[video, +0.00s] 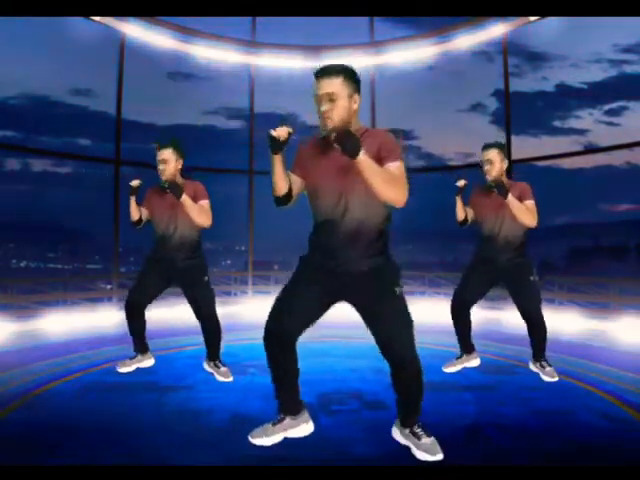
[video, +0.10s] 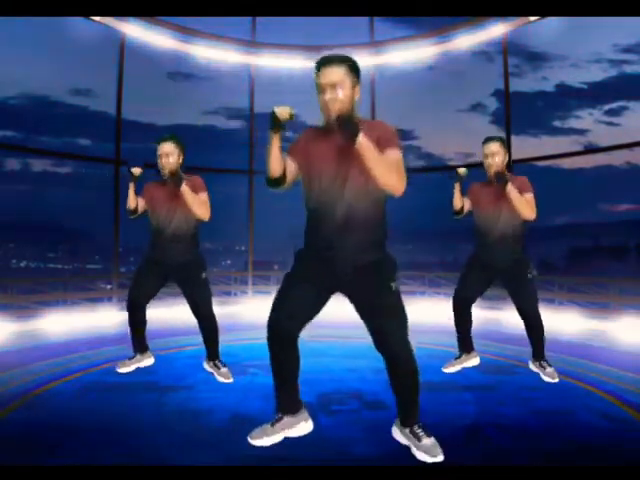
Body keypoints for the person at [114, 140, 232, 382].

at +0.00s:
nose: (160, 167)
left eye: (164, 162)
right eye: (158, 163)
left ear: (179, 163)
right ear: (156, 165)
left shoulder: (195, 188)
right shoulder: (154, 193)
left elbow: (205, 220)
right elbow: (137, 219)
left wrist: (180, 194)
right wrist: (133, 196)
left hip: (191, 263)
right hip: (161, 263)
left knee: (208, 315)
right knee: (134, 304)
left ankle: (213, 360)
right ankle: (142, 354)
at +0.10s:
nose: (165, 160)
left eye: (170, 155)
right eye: (162, 155)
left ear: (181, 157)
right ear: (157, 160)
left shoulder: (194, 183)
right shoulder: (152, 188)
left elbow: (205, 213)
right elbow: (133, 209)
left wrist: (181, 185)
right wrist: (133, 181)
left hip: (188, 259)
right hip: (157, 259)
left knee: (205, 312)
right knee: (135, 302)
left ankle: (213, 360)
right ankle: (142, 353)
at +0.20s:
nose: (166, 145)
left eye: (170, 140)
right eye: (161, 140)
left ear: (181, 142)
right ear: (157, 144)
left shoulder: (194, 168)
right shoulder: (152, 173)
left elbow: (206, 194)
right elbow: (131, 193)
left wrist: (184, 169)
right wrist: (130, 167)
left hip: (185, 247)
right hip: (156, 247)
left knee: (201, 301)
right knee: (140, 295)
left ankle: (214, 353)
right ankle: (136, 345)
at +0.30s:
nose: (166, 141)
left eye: (170, 136)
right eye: (162, 137)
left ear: (181, 138)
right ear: (158, 141)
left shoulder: (194, 163)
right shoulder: (152, 170)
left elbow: (208, 188)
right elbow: (131, 191)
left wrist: (184, 165)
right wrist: (129, 166)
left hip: (186, 244)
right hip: (157, 243)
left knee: (201, 299)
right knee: (139, 294)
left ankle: (214, 351)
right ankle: (134, 341)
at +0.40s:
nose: (166, 152)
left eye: (170, 147)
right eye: (162, 148)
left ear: (181, 149)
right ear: (158, 151)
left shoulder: (194, 174)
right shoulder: (151, 179)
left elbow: (207, 199)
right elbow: (130, 201)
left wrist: (184, 175)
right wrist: (128, 176)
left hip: (187, 253)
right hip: (156, 252)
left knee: (202, 306)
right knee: (138, 300)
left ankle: (213, 358)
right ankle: (134, 347)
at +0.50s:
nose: (166, 164)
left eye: (171, 159)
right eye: (162, 159)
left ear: (181, 161)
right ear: (158, 163)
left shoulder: (194, 187)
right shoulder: (152, 192)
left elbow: (205, 217)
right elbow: (134, 215)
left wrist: (182, 191)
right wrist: (130, 194)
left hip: (187, 264)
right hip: (156, 264)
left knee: (204, 315)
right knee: (133, 304)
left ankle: (211, 363)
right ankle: (135, 351)